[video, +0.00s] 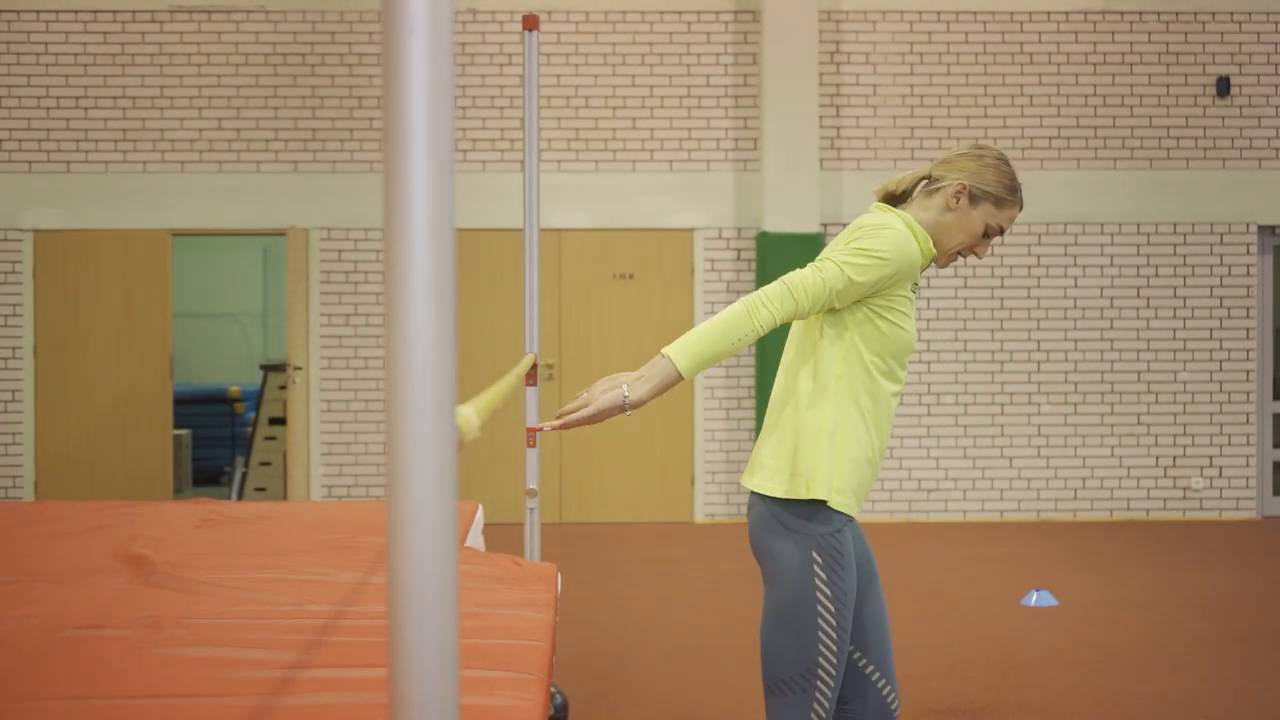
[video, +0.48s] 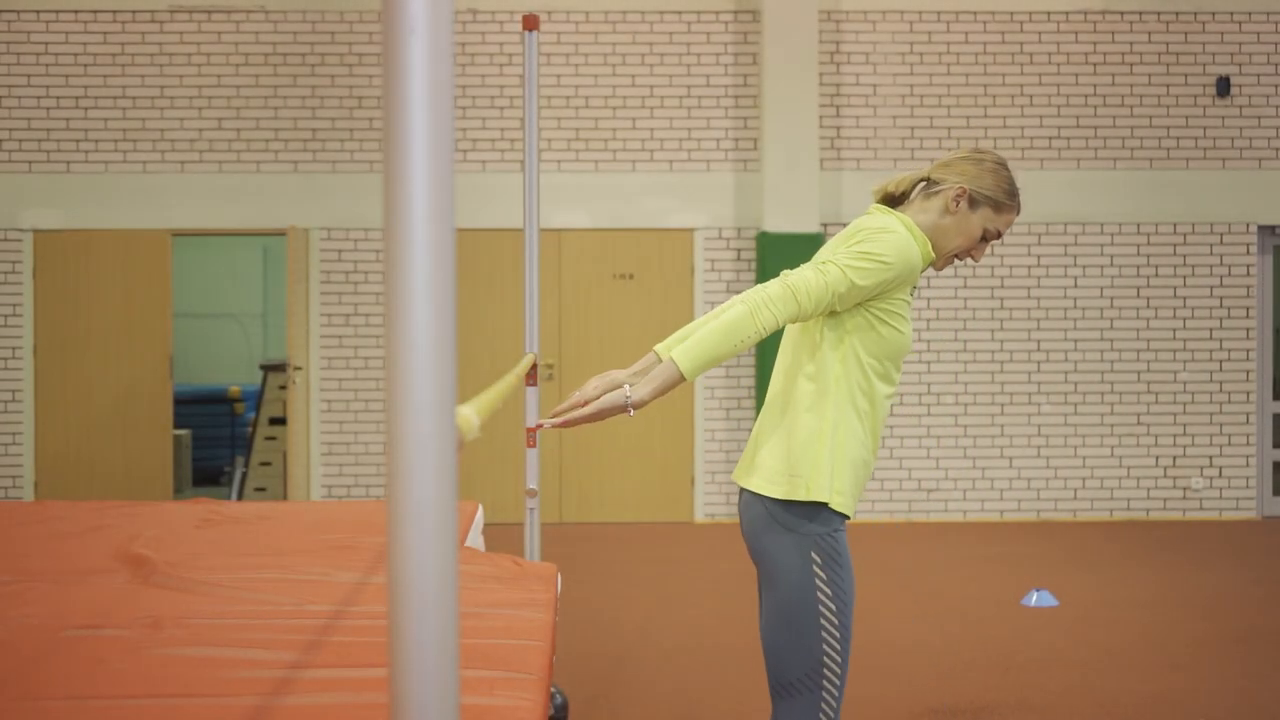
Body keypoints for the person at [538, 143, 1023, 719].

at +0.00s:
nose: (981, 250)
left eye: (992, 239)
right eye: (988, 231)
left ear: (952, 196)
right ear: (955, 195)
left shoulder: (889, 242)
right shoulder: (891, 241)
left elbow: (769, 305)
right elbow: (772, 303)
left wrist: (643, 384)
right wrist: (642, 383)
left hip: (824, 508)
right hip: (804, 509)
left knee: (873, 705)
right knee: (804, 708)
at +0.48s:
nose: (978, 253)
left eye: (990, 243)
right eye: (987, 235)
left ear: (950, 198)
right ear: (956, 199)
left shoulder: (875, 236)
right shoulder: (895, 244)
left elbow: (760, 303)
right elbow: (772, 305)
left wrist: (636, 372)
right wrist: (648, 385)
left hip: (789, 500)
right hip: (800, 504)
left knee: (804, 702)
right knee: (813, 704)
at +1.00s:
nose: (878, 149)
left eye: (872, 134)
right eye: (865, 135)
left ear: (820, 152)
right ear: (821, 149)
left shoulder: (787, 227)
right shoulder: (831, 229)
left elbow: (815, 383)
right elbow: (860, 383)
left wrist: (907, 508)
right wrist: (916, 504)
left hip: (802, 498)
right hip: (835, 501)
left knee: (797, 706)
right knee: (820, 707)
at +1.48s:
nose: (875, 154)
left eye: (870, 139)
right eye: (863, 140)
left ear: (818, 155)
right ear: (820, 152)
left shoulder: (784, 232)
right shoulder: (831, 234)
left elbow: (824, 393)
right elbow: (860, 386)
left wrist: (900, 511)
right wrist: (914, 506)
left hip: (798, 503)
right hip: (832, 507)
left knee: (793, 706)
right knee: (816, 707)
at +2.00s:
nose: (874, 154)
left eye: (870, 140)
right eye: (861, 140)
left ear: (816, 154)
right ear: (817, 152)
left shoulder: (781, 231)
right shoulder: (829, 231)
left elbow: (804, 387)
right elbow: (855, 385)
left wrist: (896, 508)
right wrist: (908, 507)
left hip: (795, 504)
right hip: (828, 506)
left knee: (792, 706)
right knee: (816, 708)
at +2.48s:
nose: (872, 155)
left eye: (868, 141)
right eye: (860, 141)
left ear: (814, 155)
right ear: (815, 152)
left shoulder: (779, 232)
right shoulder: (827, 233)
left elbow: (794, 385)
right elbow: (854, 388)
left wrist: (890, 504)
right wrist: (907, 509)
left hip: (794, 502)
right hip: (829, 505)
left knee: (794, 705)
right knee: (819, 707)